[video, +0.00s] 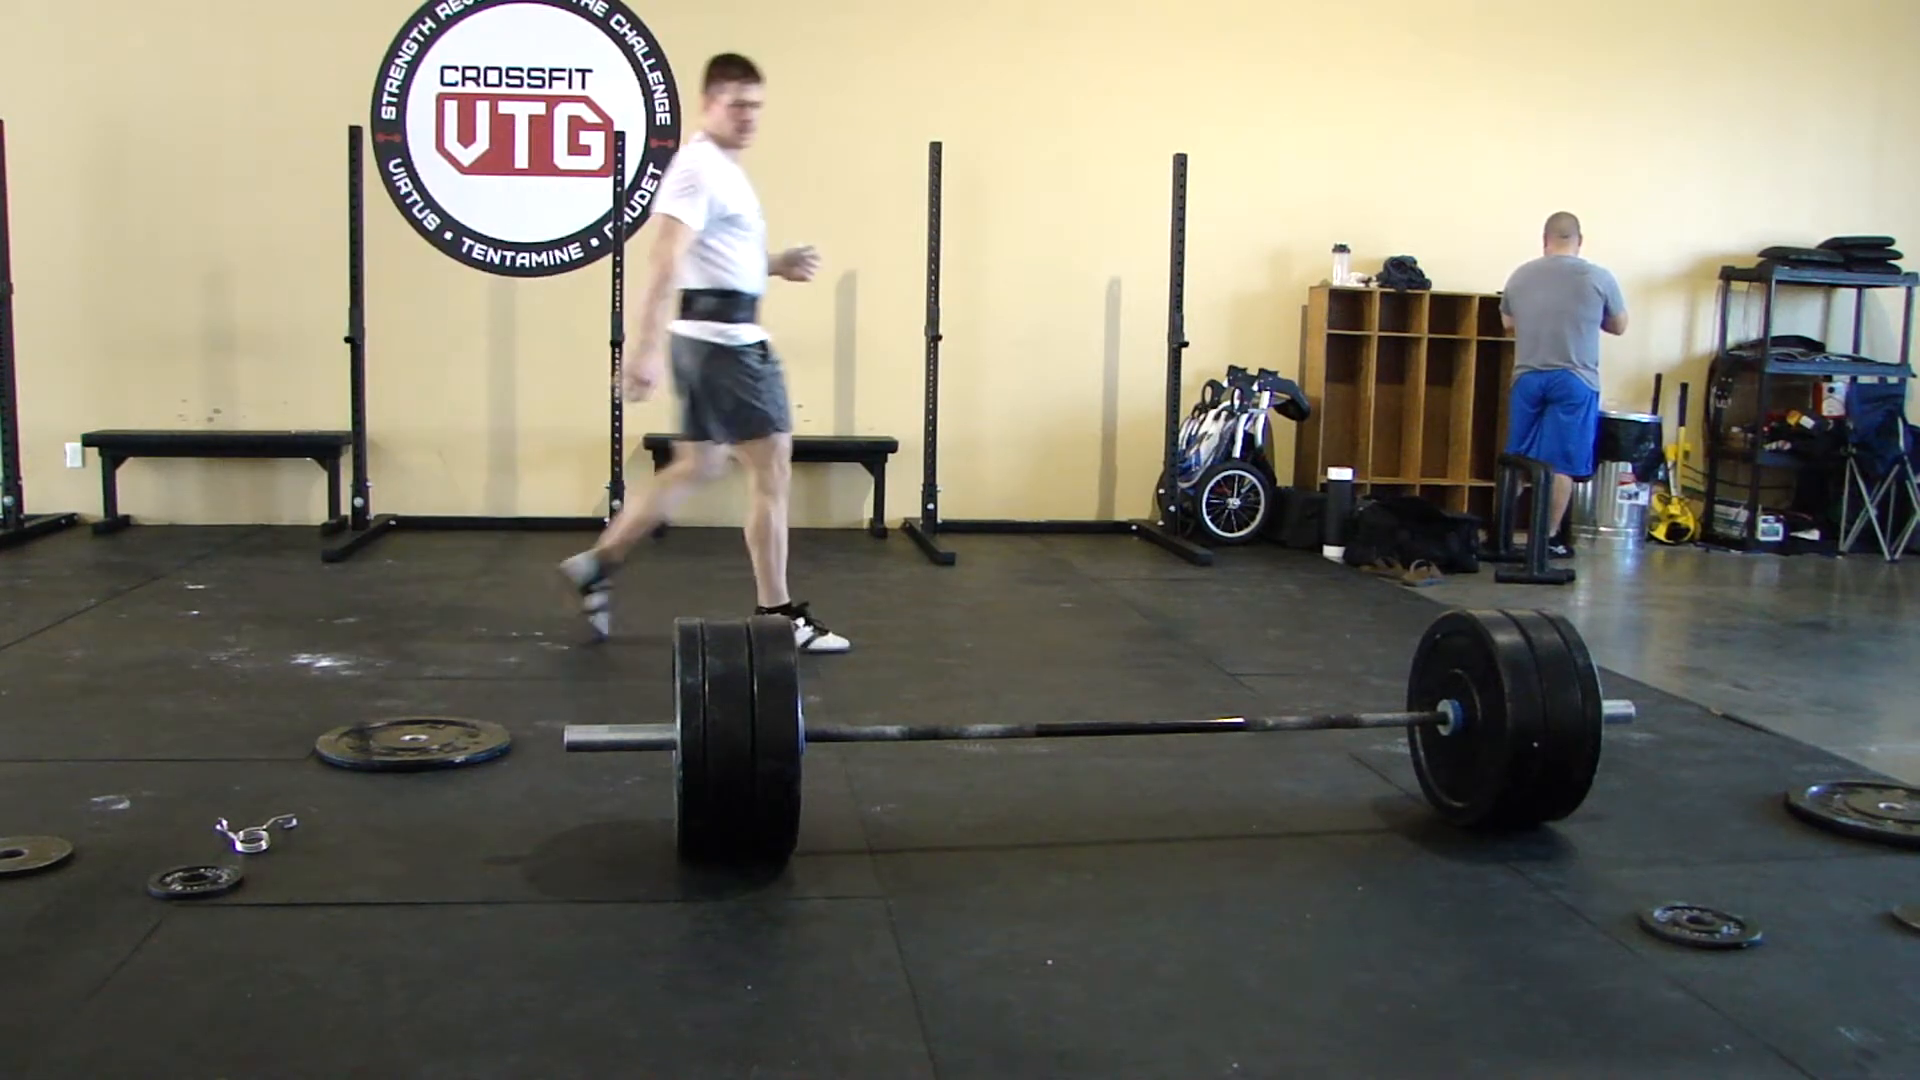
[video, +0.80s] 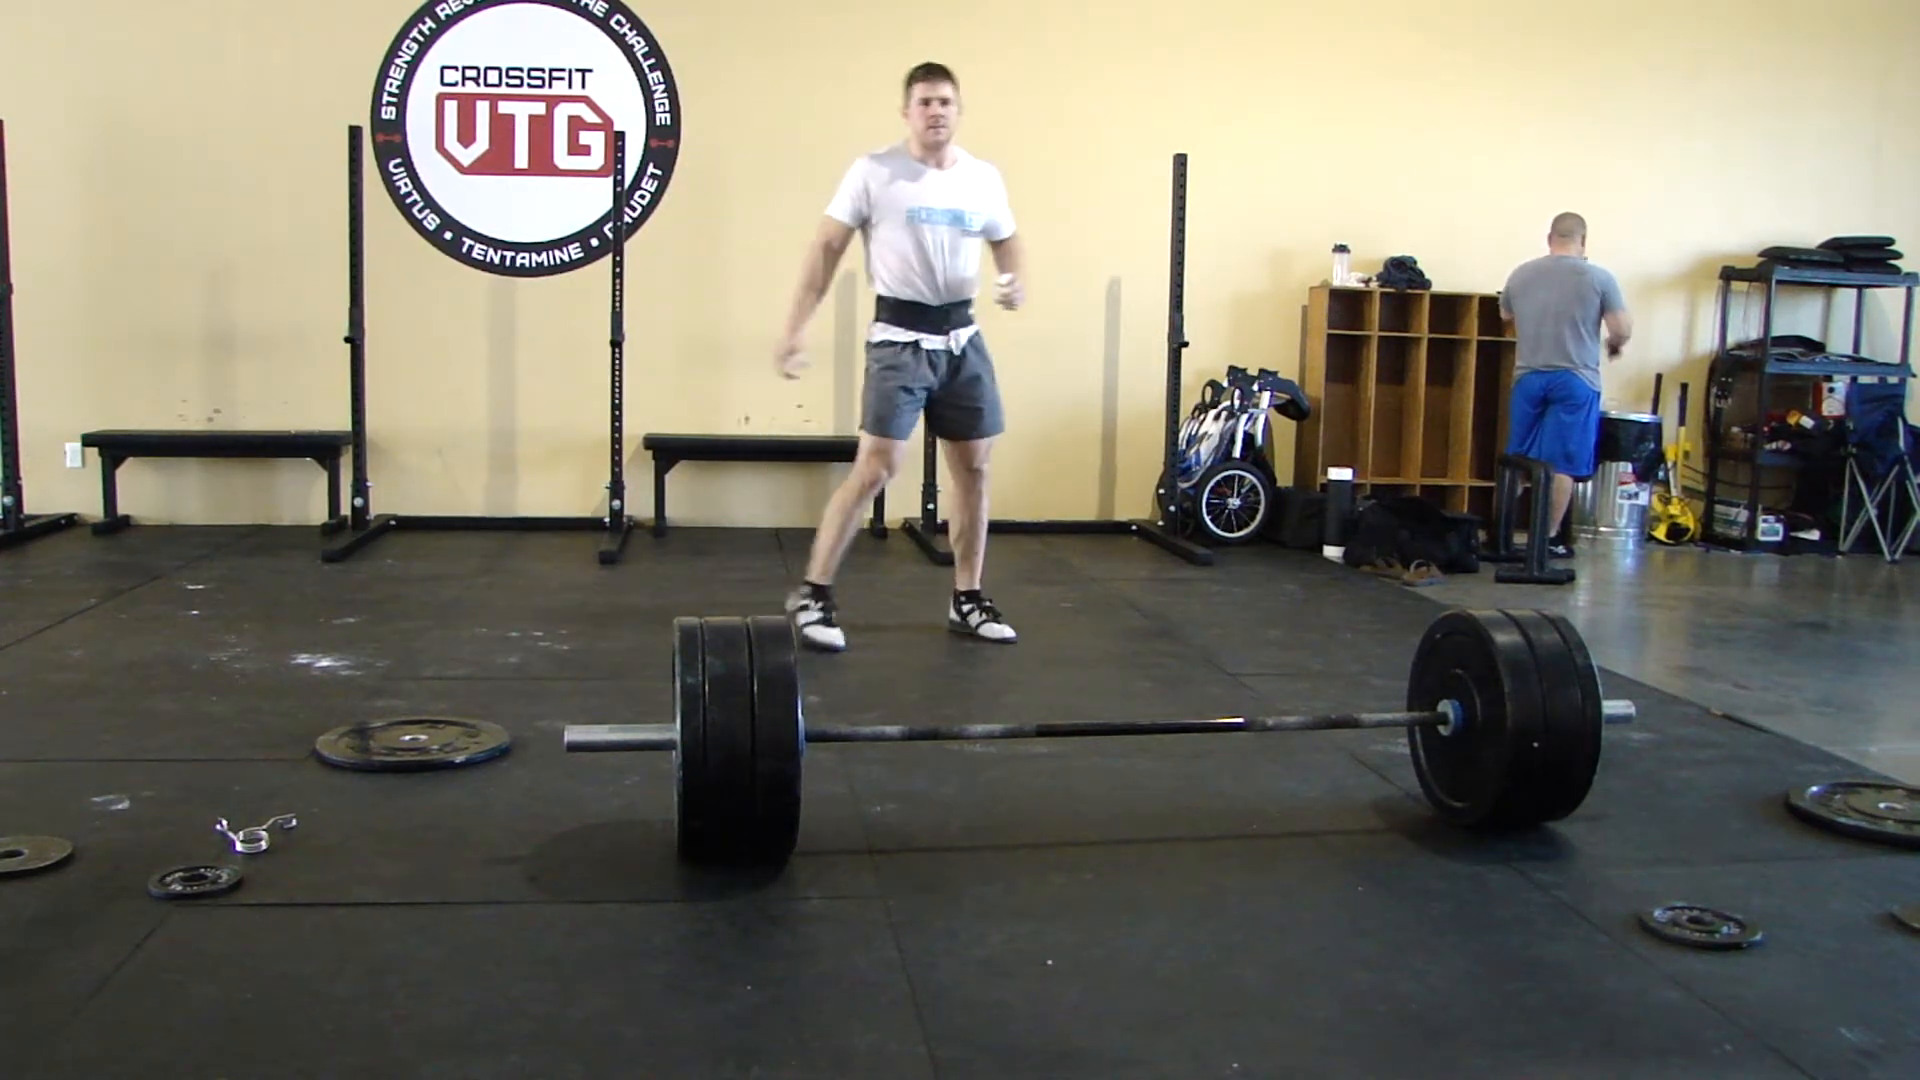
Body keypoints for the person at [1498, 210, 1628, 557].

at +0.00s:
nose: (1571, 245)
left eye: (1550, 240)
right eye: (1577, 240)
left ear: (1544, 240)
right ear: (1580, 241)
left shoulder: (1520, 275)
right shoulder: (1597, 276)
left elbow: (1509, 324)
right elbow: (1618, 326)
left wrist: (1542, 314)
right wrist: (1582, 311)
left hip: (1527, 377)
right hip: (1575, 379)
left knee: (1516, 459)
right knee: (1562, 465)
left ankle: (1501, 534)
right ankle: (1547, 540)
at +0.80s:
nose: (1582, 247)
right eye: (1584, 242)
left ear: (1549, 239)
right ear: (1583, 241)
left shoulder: (1521, 274)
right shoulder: (1597, 276)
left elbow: (1507, 316)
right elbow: (1621, 328)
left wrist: (1536, 316)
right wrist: (1615, 344)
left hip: (1528, 378)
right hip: (1576, 380)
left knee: (1516, 460)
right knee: (1562, 466)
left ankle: (1501, 535)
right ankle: (1547, 540)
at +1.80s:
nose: (1585, 243)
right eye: (1586, 238)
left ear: (1550, 238)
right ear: (1586, 240)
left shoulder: (1524, 270)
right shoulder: (1600, 278)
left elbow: (1515, 277)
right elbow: (1616, 332)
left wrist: (1550, 251)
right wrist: (1628, 376)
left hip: (1530, 379)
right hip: (1577, 382)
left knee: (1519, 460)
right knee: (1565, 465)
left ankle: (1503, 534)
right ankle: (1547, 539)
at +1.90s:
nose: (1586, 243)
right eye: (1586, 239)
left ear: (1550, 237)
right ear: (1586, 241)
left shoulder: (1524, 270)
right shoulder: (1600, 278)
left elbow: (1515, 275)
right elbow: (1616, 333)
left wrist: (1550, 248)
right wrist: (1628, 377)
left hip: (1530, 379)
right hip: (1578, 382)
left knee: (1520, 460)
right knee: (1564, 465)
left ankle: (1503, 534)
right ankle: (1548, 538)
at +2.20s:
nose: (1586, 242)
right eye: (1586, 239)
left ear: (1550, 239)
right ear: (1586, 241)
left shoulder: (1525, 271)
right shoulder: (1601, 278)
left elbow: (1517, 267)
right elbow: (1617, 333)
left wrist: (1551, 242)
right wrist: (1630, 377)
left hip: (1531, 379)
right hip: (1578, 382)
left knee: (1518, 460)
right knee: (1564, 465)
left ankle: (1502, 534)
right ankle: (1548, 539)